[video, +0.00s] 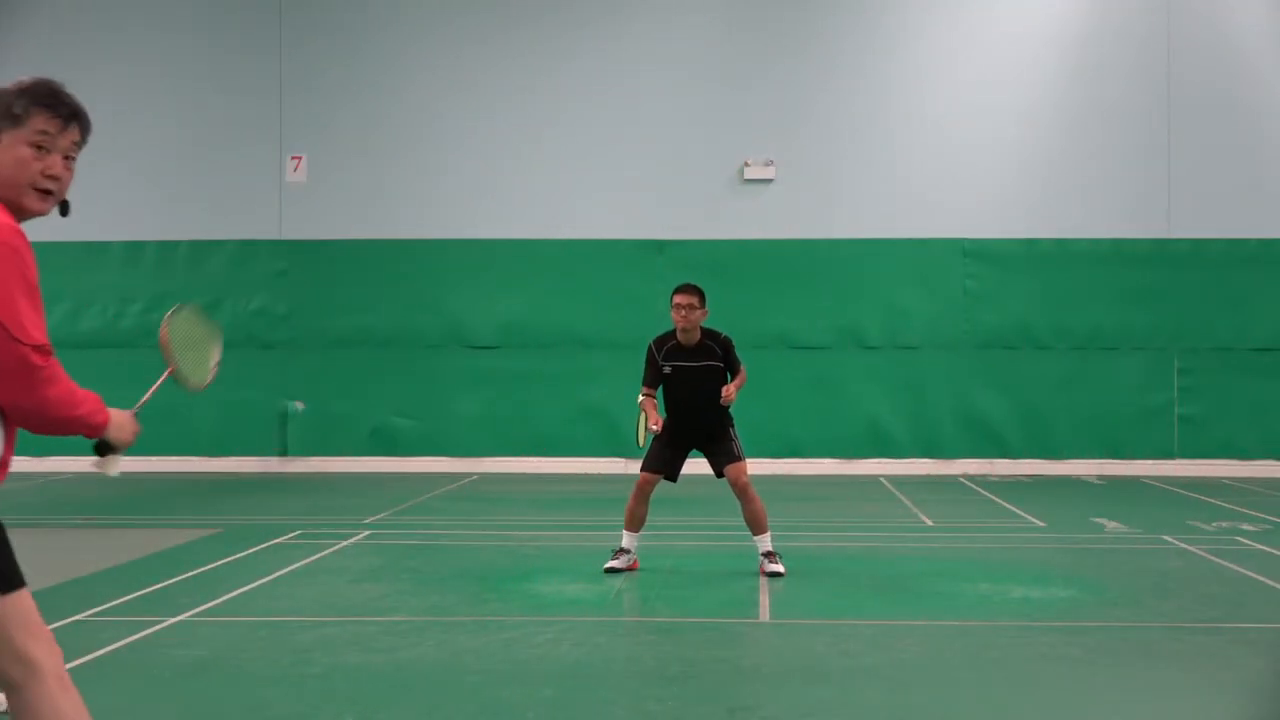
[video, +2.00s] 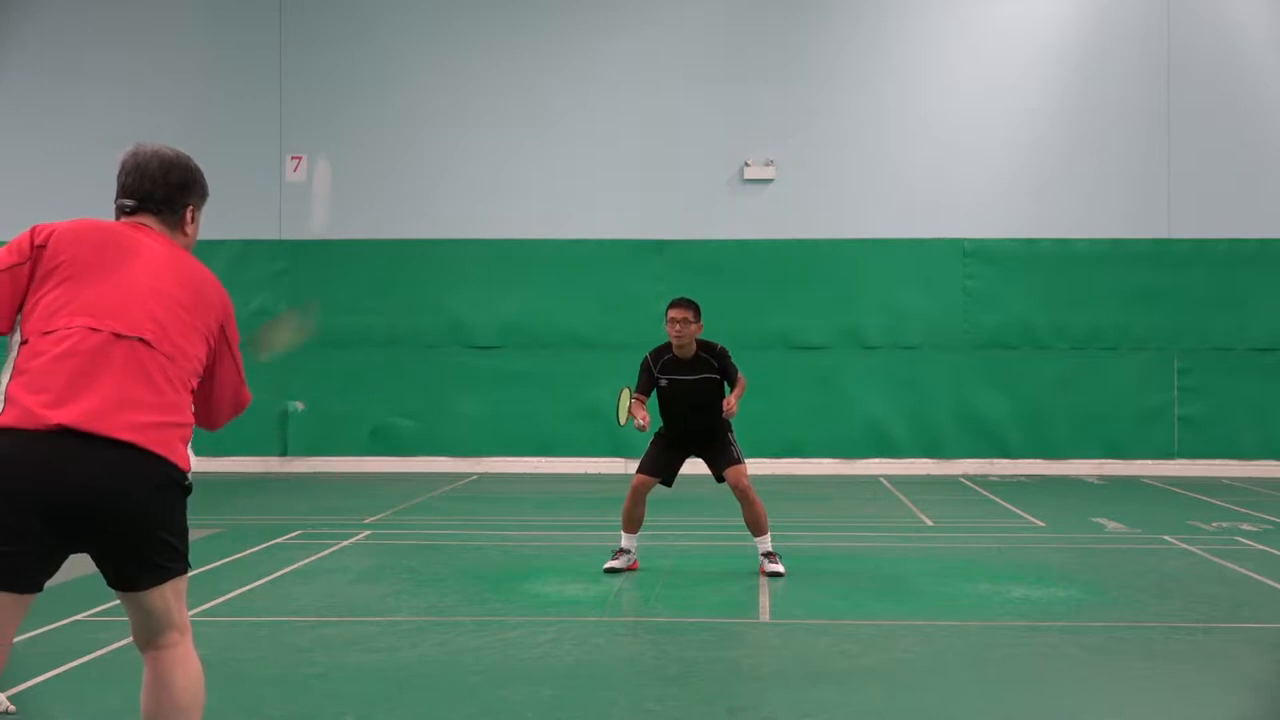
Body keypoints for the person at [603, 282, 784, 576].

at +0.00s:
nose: (682, 313)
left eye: (689, 308)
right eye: (677, 307)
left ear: (703, 313)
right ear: (671, 311)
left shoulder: (721, 344)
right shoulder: (659, 347)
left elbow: (739, 373)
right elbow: (648, 393)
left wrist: (734, 387)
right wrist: (652, 413)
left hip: (716, 425)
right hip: (675, 425)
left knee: (741, 482)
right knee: (644, 482)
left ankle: (767, 553)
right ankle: (627, 551)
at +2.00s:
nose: (677, 328)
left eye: (684, 322)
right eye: (672, 322)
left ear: (698, 326)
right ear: (666, 326)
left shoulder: (715, 354)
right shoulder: (655, 359)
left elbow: (739, 381)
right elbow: (637, 401)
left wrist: (734, 397)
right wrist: (641, 414)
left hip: (714, 433)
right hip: (672, 435)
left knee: (742, 485)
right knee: (638, 485)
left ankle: (767, 553)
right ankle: (627, 551)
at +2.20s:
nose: (675, 309)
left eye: (682, 304)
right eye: (670, 303)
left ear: (697, 311)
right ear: (664, 308)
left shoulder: (714, 341)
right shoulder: (653, 346)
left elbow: (737, 367)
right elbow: (639, 391)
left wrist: (732, 389)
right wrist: (641, 412)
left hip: (711, 421)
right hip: (670, 421)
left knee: (737, 480)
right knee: (640, 477)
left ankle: (766, 549)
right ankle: (619, 542)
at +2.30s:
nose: (669, 317)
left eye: (678, 314)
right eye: (666, 312)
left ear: (692, 323)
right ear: (660, 318)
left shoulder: (708, 354)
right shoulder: (649, 357)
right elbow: (632, 401)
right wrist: (626, 424)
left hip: (709, 430)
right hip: (668, 430)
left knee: (735, 488)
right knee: (639, 480)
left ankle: (768, 553)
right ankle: (621, 552)